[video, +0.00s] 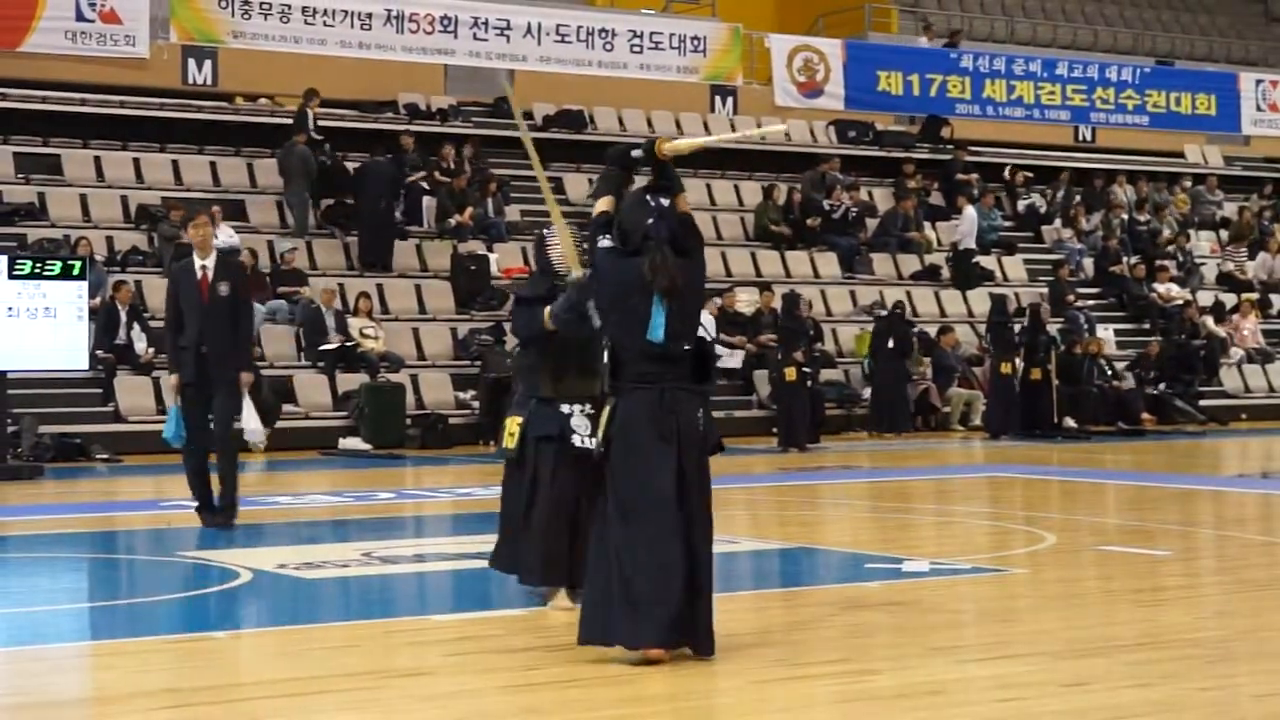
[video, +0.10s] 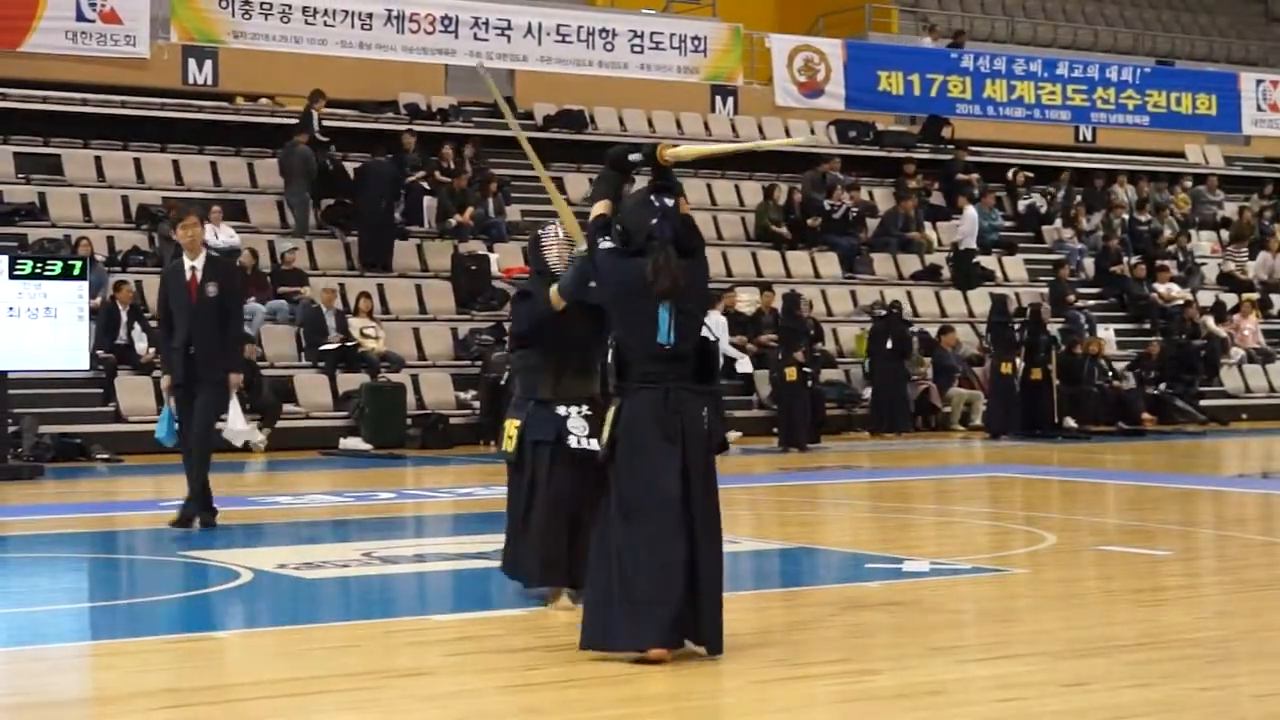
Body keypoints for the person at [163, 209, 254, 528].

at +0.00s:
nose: (201, 233)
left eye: (205, 227)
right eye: (195, 228)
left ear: (214, 231)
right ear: (186, 234)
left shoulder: (233, 267)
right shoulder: (178, 272)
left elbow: (244, 320)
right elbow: (172, 324)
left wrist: (246, 365)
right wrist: (174, 368)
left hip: (226, 364)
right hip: (191, 366)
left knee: (224, 435)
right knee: (194, 439)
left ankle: (227, 506)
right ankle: (204, 507)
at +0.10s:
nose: (188, 233)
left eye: (192, 227)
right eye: (183, 228)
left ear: (204, 230)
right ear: (176, 234)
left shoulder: (224, 267)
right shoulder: (170, 271)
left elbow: (234, 319)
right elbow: (165, 324)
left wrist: (235, 366)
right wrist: (167, 370)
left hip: (215, 363)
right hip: (182, 364)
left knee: (201, 431)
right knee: (187, 435)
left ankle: (192, 502)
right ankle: (204, 506)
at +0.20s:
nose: (178, 237)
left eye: (182, 231)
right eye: (171, 232)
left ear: (192, 234)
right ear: (164, 238)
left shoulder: (212, 270)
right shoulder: (160, 277)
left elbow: (223, 322)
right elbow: (155, 328)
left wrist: (224, 371)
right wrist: (158, 375)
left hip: (203, 368)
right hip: (170, 369)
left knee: (180, 433)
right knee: (182, 438)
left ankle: (156, 507)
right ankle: (205, 509)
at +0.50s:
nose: (136, 235)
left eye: (141, 229)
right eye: (130, 230)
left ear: (153, 233)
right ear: (122, 236)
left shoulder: (168, 268)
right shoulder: (119, 274)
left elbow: (178, 323)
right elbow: (113, 328)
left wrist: (179, 373)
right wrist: (114, 375)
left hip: (157, 370)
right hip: (129, 370)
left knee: (131, 440)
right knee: (153, 444)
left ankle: (114, 517)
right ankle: (195, 504)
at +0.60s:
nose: (122, 230)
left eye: (126, 224)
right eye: (116, 225)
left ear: (136, 228)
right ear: (107, 232)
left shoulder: (154, 264)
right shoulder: (102, 271)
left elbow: (163, 319)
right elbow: (98, 324)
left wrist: (164, 369)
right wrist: (98, 372)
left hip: (143, 365)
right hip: (113, 366)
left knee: (125, 442)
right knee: (122, 442)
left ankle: (114, 517)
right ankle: (165, 492)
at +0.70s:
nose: (109, 227)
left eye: (114, 221)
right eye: (103, 222)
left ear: (124, 225)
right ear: (94, 229)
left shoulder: (142, 263)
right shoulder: (91, 268)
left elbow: (152, 318)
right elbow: (86, 323)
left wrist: (152, 366)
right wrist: (86, 371)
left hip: (130, 364)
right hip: (100, 364)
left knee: (121, 438)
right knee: (95, 438)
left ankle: (115, 515)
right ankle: (128, 495)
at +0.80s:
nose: (99, 225)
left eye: (104, 219)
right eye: (92, 220)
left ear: (113, 225)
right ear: (83, 228)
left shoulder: (131, 263)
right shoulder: (76, 269)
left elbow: (143, 317)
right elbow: (73, 323)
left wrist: (145, 365)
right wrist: (74, 370)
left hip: (123, 366)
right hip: (89, 367)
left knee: (119, 441)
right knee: (76, 438)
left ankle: (115, 515)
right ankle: (89, 509)